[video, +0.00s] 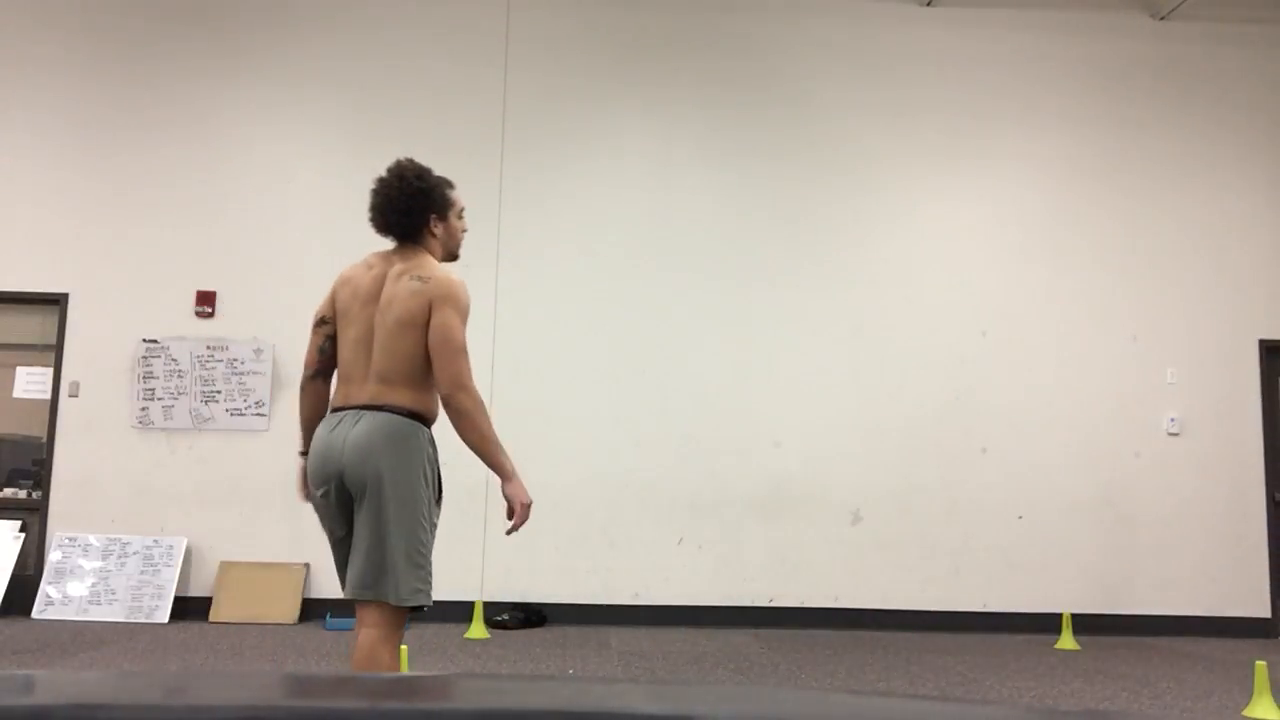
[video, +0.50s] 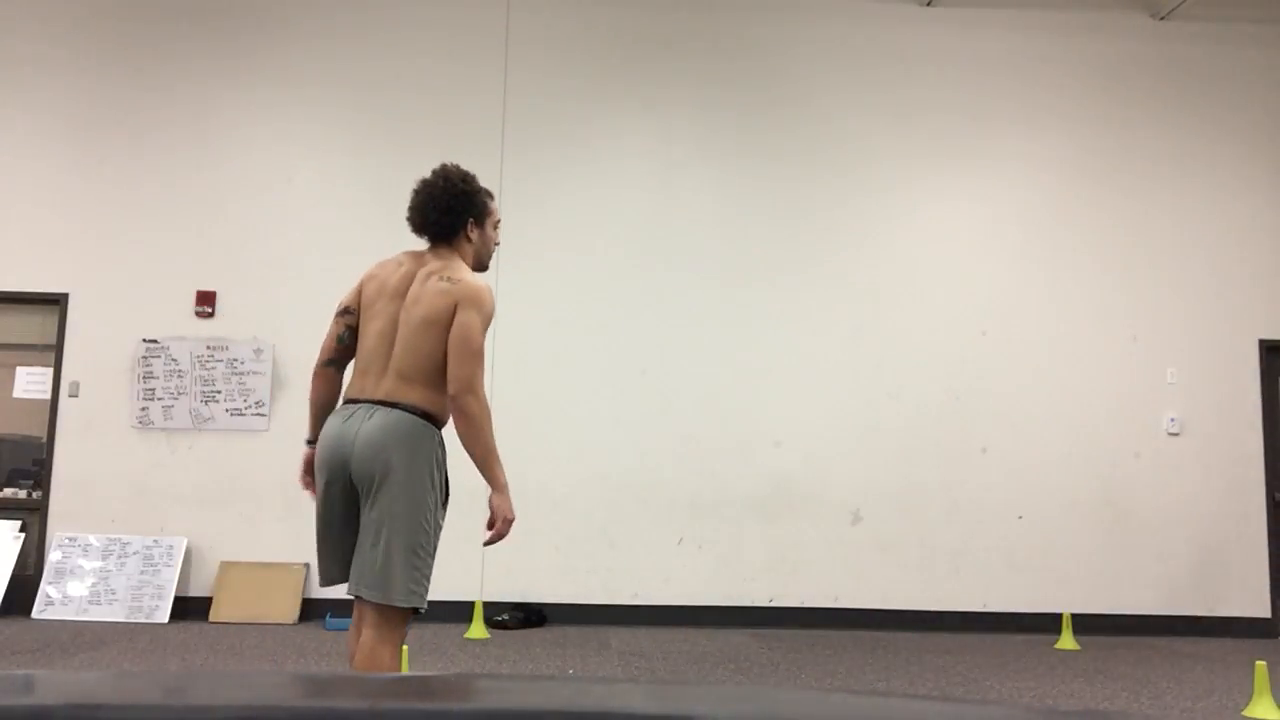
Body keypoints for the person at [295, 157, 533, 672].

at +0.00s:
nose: (464, 228)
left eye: (462, 216)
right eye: (459, 217)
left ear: (404, 224)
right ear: (434, 224)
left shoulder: (348, 281)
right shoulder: (443, 285)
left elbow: (314, 374)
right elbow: (456, 392)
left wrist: (309, 454)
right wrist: (507, 474)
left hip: (331, 443)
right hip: (393, 446)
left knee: (375, 615)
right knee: (380, 618)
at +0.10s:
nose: (474, 229)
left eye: (472, 218)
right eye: (468, 218)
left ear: (417, 223)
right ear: (443, 223)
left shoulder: (358, 279)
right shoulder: (449, 286)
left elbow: (318, 369)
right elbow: (452, 390)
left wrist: (293, 448)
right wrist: (502, 477)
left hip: (333, 443)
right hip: (399, 446)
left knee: (380, 614)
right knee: (382, 620)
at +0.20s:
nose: (484, 232)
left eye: (482, 220)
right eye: (478, 221)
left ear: (422, 227)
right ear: (454, 227)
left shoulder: (367, 278)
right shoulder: (458, 287)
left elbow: (321, 363)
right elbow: (453, 387)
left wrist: (285, 440)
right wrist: (493, 480)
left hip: (337, 438)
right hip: (400, 444)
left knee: (373, 613)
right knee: (382, 617)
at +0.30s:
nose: (492, 235)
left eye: (491, 223)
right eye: (487, 223)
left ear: (433, 227)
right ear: (463, 229)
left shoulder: (373, 277)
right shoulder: (463, 289)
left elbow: (324, 361)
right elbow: (456, 391)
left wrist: (289, 439)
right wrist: (490, 483)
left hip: (339, 435)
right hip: (401, 444)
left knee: (370, 607)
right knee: (384, 615)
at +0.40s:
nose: (496, 238)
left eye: (496, 226)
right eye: (492, 226)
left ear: (436, 228)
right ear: (468, 230)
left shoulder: (376, 276)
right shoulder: (467, 290)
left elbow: (326, 362)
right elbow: (459, 393)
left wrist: (302, 440)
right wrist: (492, 486)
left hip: (339, 434)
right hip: (401, 442)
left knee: (368, 609)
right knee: (382, 618)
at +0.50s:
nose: (498, 238)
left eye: (497, 226)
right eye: (495, 226)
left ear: (434, 226)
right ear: (470, 229)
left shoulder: (377, 274)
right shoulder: (470, 289)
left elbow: (328, 363)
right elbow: (463, 394)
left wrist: (316, 440)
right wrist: (498, 487)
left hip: (340, 436)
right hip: (404, 443)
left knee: (366, 612)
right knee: (385, 621)